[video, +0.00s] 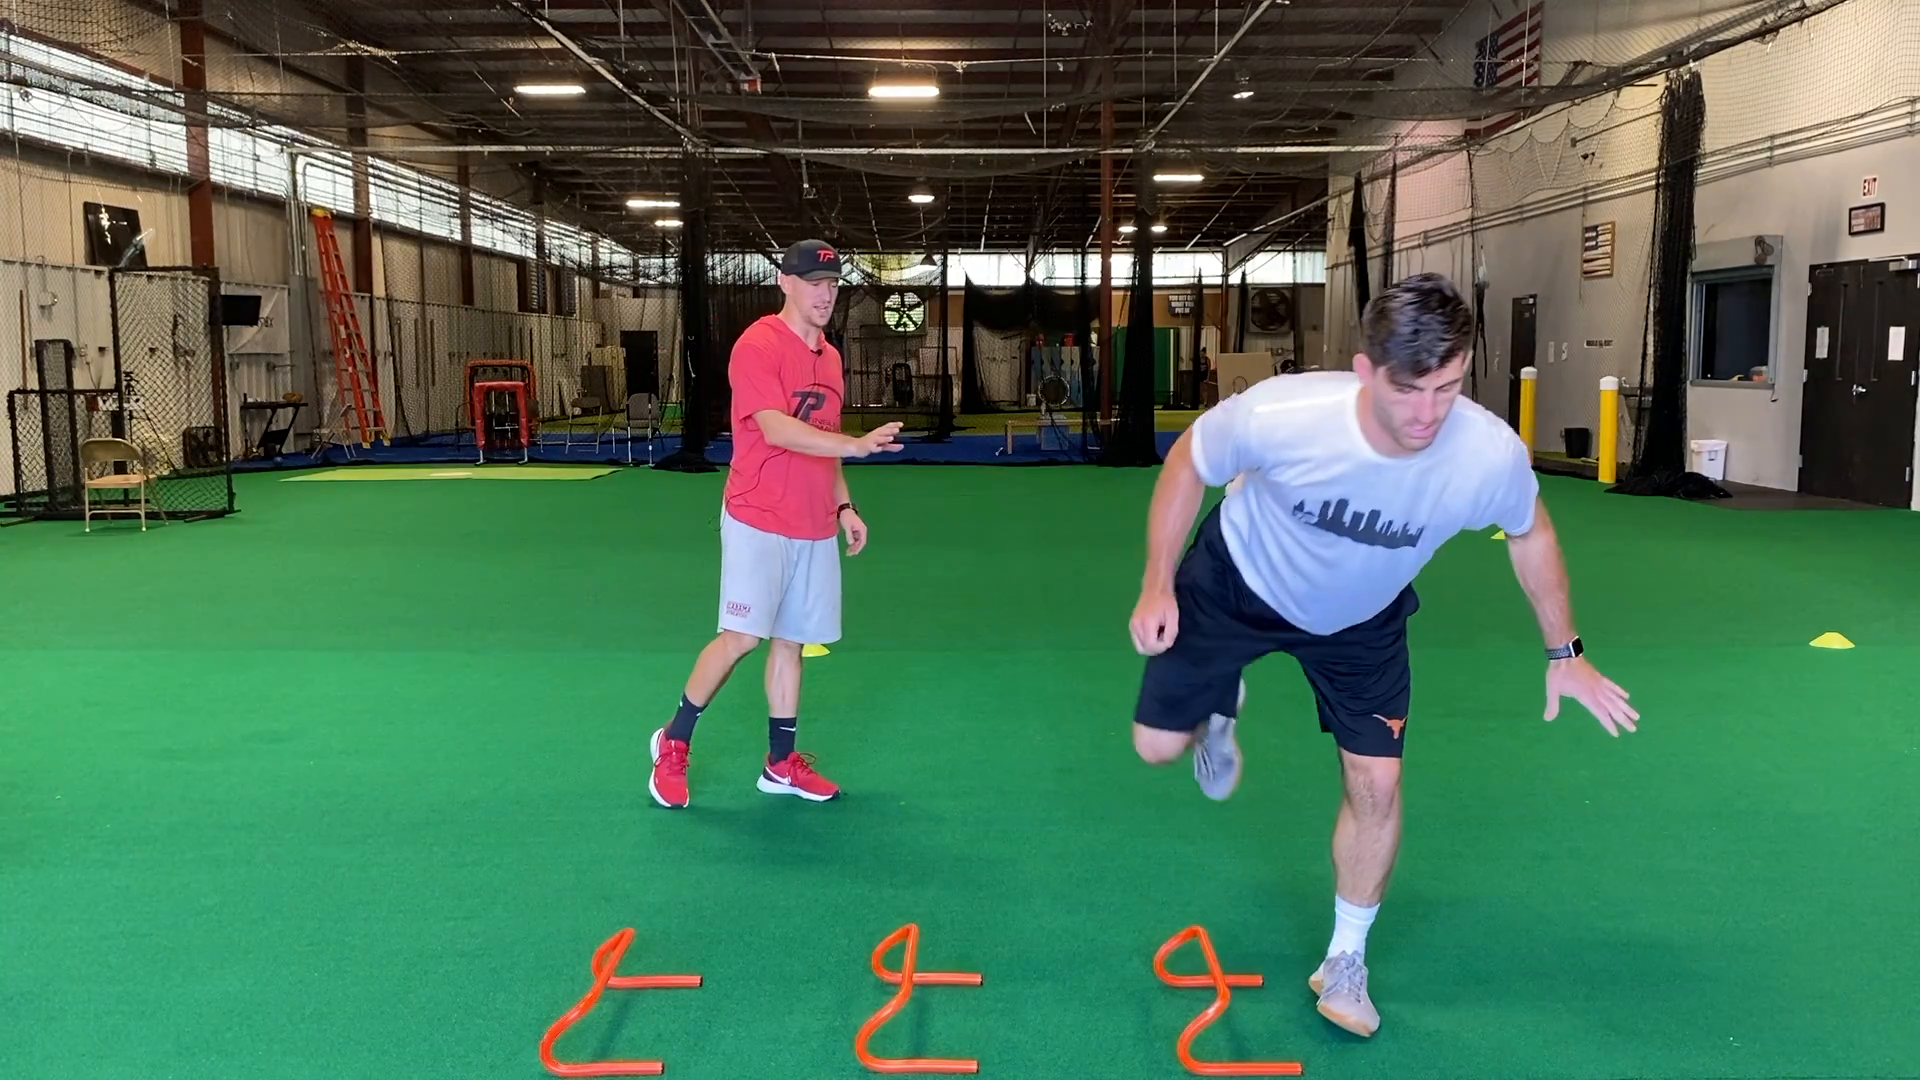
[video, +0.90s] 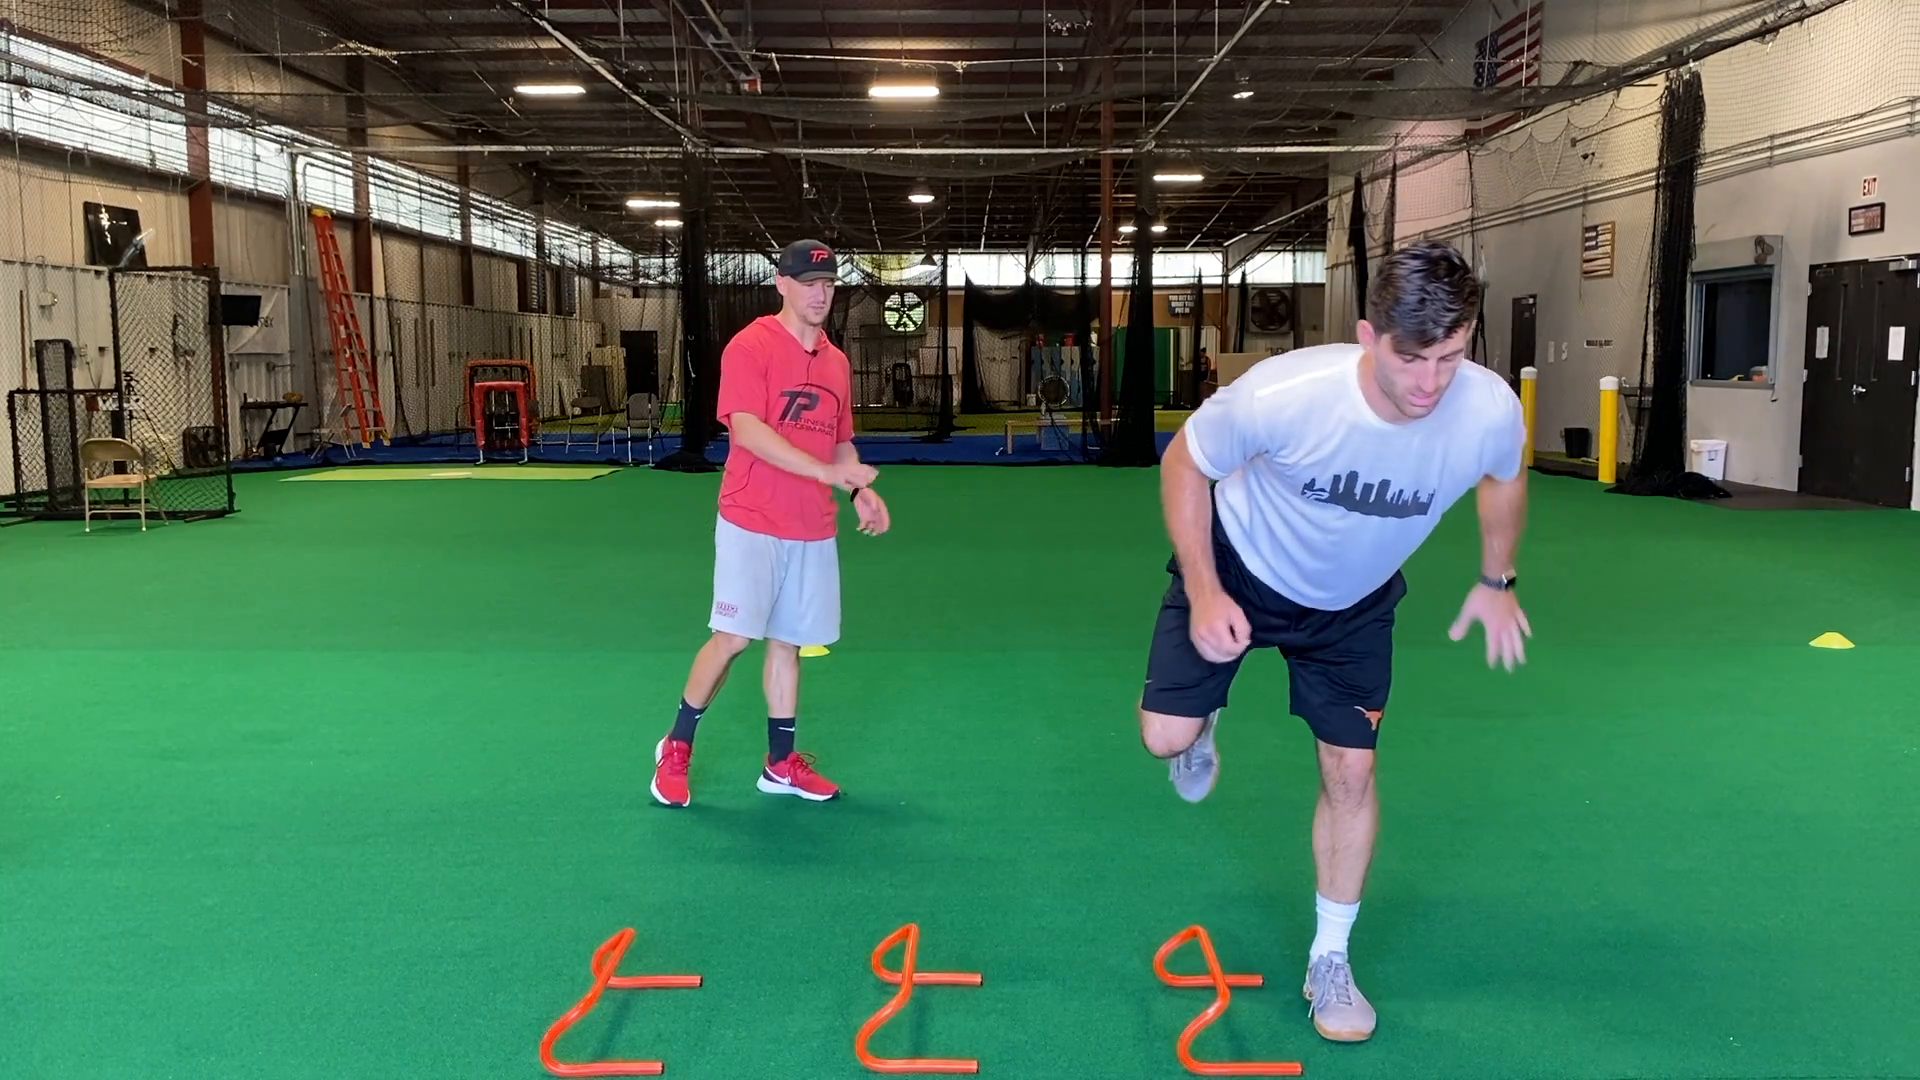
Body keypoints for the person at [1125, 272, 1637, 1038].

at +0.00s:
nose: (1427, 410)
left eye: (1444, 389)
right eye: (1408, 389)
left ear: (1463, 372)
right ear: (1364, 369)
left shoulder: (1491, 456)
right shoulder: (1277, 415)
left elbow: (1531, 533)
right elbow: (1189, 459)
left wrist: (1564, 651)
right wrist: (1157, 580)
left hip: (1363, 617)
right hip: (1237, 583)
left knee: (1377, 782)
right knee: (1155, 742)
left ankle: (1346, 959)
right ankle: (1218, 709)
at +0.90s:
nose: (1431, 379)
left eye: (1448, 359)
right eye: (1412, 357)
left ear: (1467, 343)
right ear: (1369, 335)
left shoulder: (1490, 411)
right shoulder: (1283, 393)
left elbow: (1506, 478)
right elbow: (1183, 461)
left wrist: (1496, 578)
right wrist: (1203, 590)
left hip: (1355, 602)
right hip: (1236, 573)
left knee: (1351, 766)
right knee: (1163, 733)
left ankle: (1331, 957)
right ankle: (1194, 732)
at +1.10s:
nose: (1368, 373)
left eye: (1390, 353)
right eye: (1351, 351)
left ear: (1415, 331)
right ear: (1315, 323)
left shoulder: (1448, 388)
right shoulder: (1239, 389)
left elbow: (1473, 430)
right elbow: (1147, 464)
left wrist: (1458, 523)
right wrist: (1210, 579)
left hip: (1331, 589)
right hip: (1209, 572)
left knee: (1330, 762)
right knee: (1182, 750)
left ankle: (1328, 956)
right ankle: (1212, 742)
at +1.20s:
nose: (1329, 367)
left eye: (1349, 348)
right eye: (1312, 345)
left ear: (1378, 326)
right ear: (1278, 320)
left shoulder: (1419, 394)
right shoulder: (1204, 383)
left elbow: (1445, 453)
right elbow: (1125, 453)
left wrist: (1421, 567)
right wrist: (1161, 588)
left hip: (1312, 594)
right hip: (1194, 578)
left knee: (1320, 766)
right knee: (1170, 749)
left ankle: (1328, 958)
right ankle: (1182, 762)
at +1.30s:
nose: (1278, 362)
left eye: (1298, 341)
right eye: (1260, 339)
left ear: (1329, 319)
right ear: (1227, 316)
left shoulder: (1376, 406)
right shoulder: (1160, 377)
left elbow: (1399, 493)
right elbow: (1092, 432)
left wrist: (1361, 618)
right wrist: (1079, 562)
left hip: (1284, 591)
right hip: (1160, 576)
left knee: (1308, 772)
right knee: (1134, 749)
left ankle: (1324, 957)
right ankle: (1127, 803)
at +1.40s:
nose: (1207, 339)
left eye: (1225, 320)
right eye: (1189, 318)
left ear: (1258, 301)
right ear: (1159, 298)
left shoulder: (1313, 384)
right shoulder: (1102, 361)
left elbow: (1355, 469)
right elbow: (1038, 376)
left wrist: (1292, 528)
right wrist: (1030, 494)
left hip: (1253, 595)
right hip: (1126, 577)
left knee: (1292, 773)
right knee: (1080, 741)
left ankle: (1325, 958)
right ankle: (1067, 857)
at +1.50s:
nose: (1127, 305)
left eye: (1144, 285)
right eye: (1109, 286)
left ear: (1171, 269)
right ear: (1076, 270)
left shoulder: (1228, 331)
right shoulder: (1013, 347)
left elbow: (1294, 371)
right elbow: (981, 403)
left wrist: (1258, 493)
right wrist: (1007, 523)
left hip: (1200, 561)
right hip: (1074, 562)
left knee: (1261, 739)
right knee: (1047, 744)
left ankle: (1324, 915)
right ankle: (1030, 924)